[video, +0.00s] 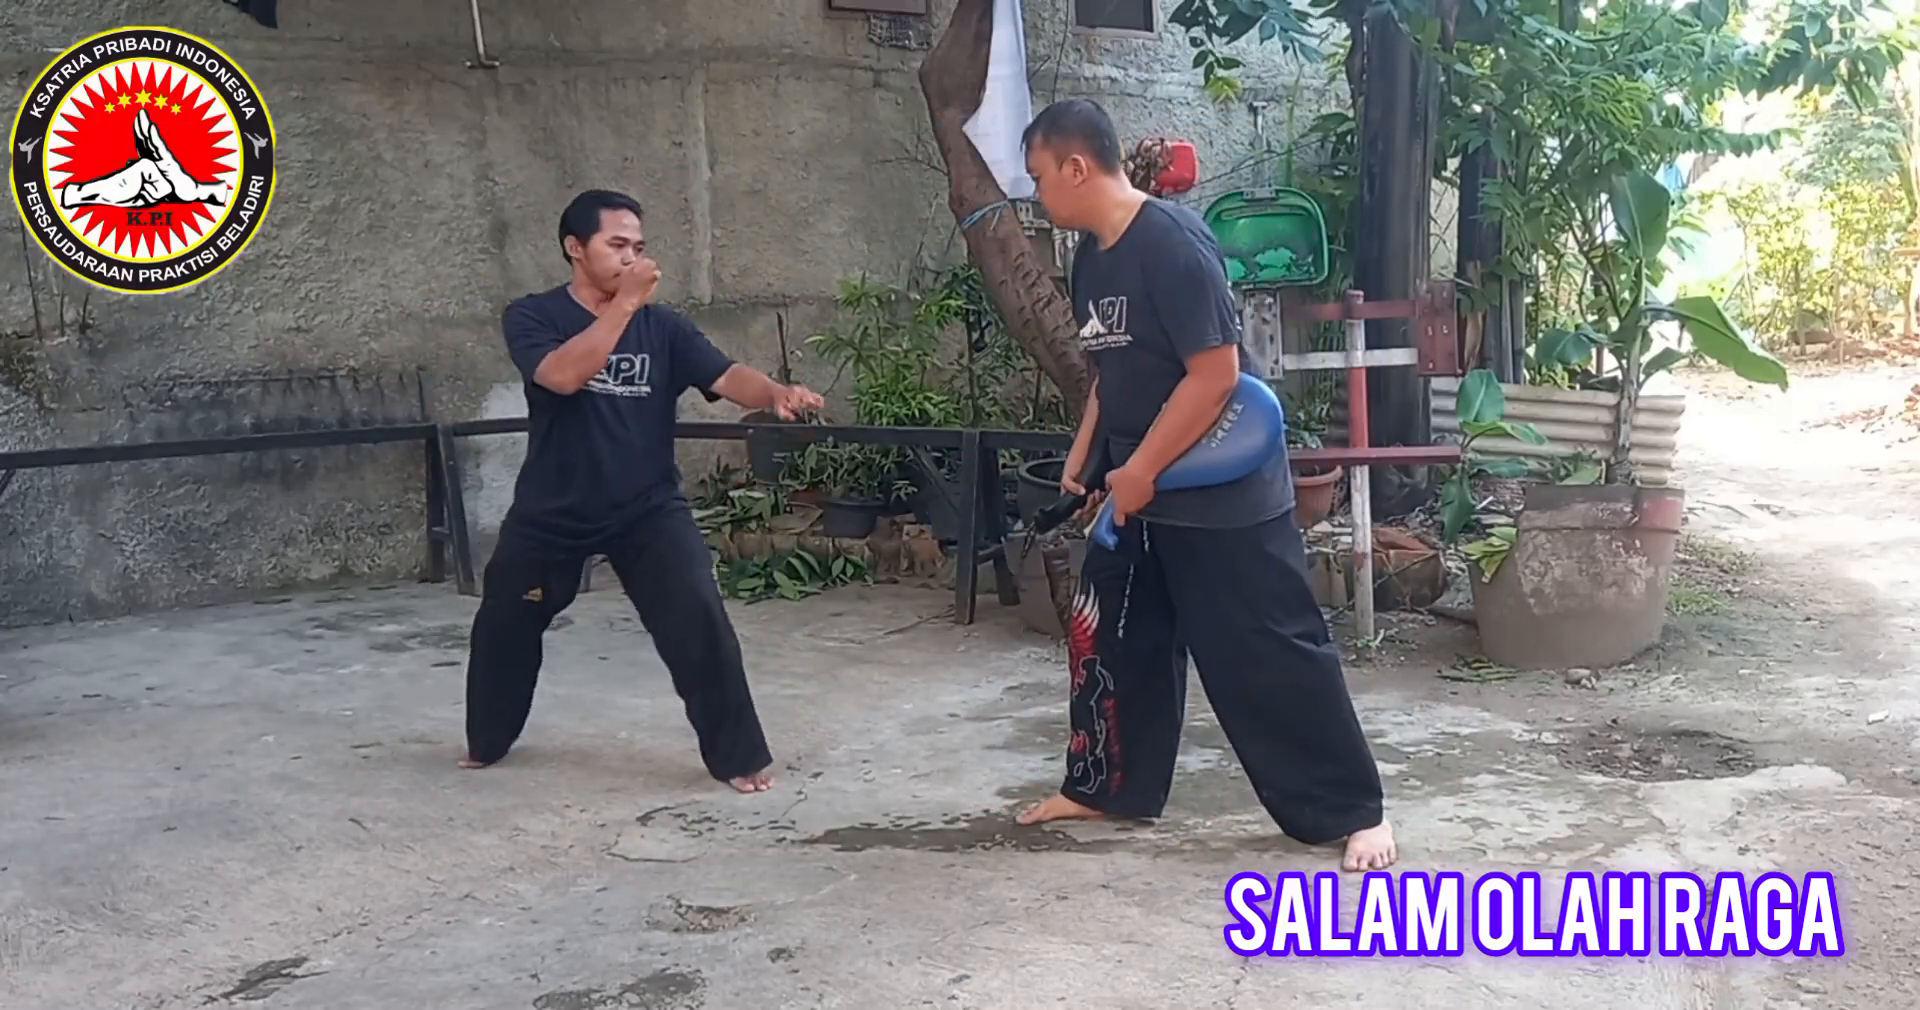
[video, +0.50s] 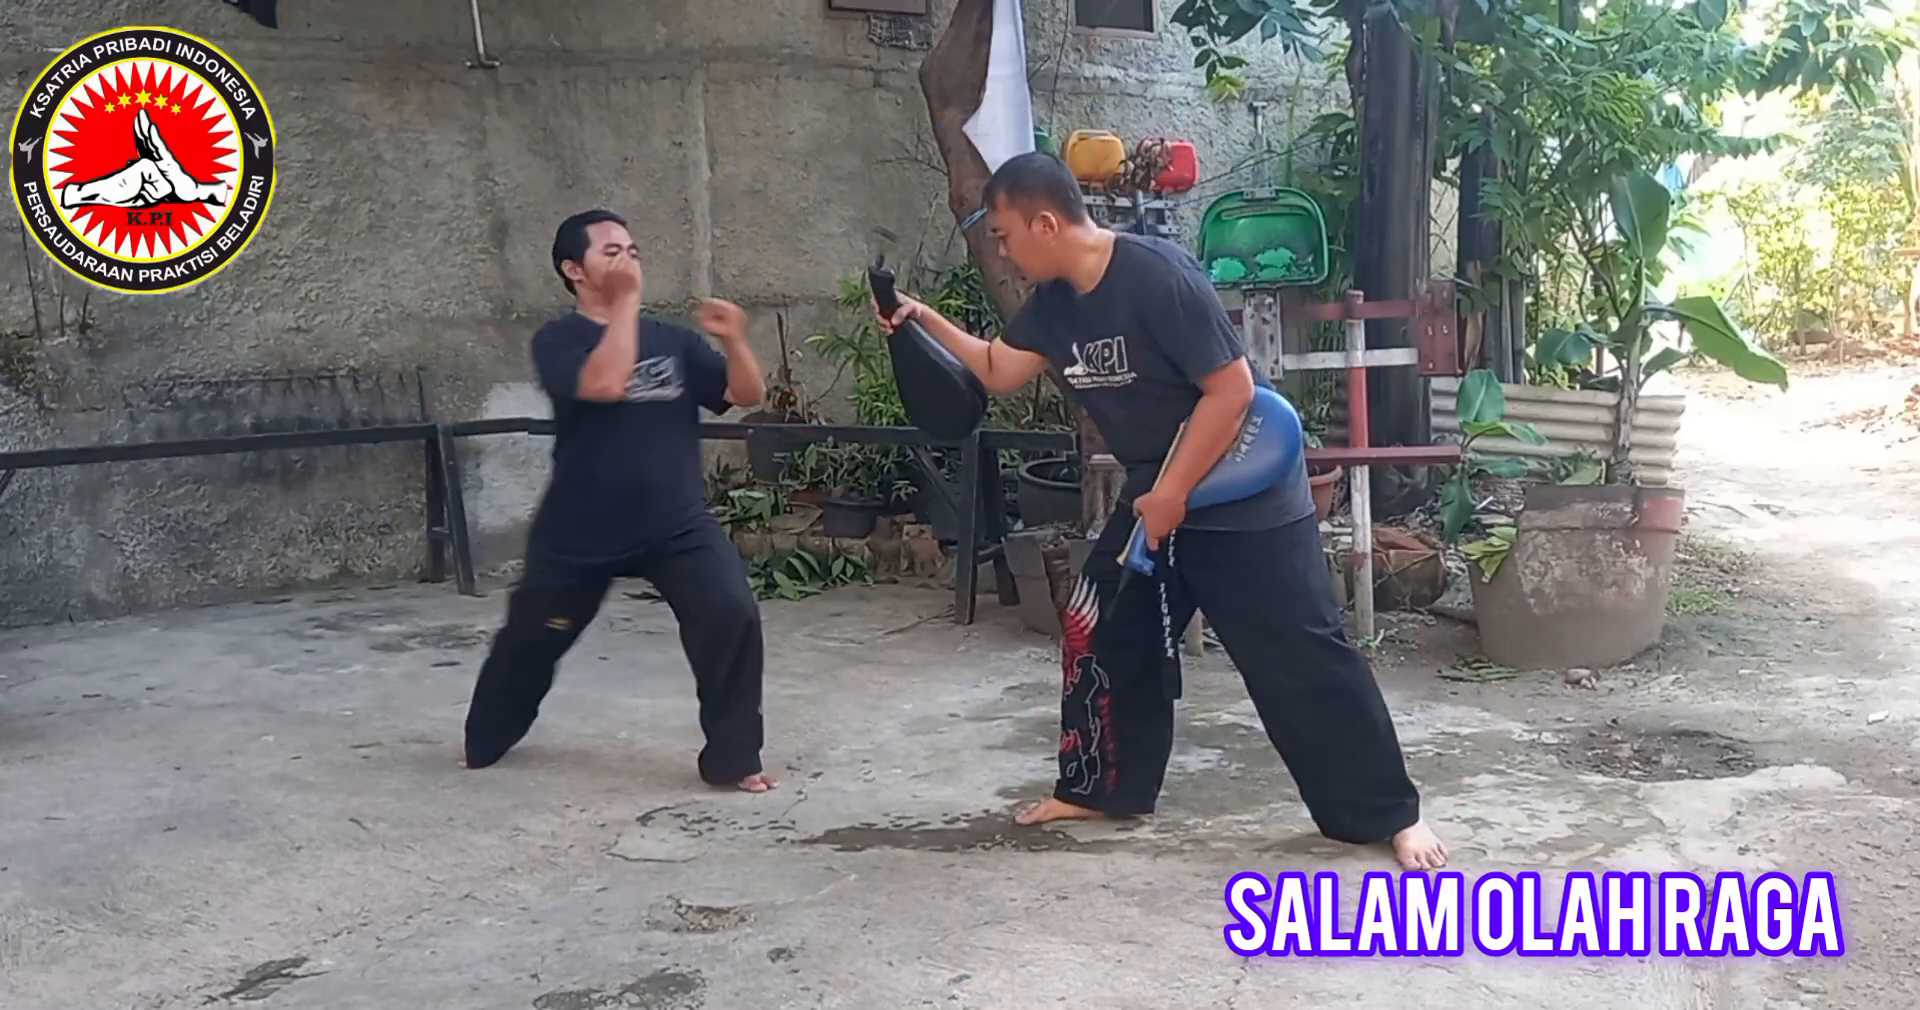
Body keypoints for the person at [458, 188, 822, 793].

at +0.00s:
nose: (633, 256)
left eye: (639, 245)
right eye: (619, 244)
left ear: (644, 252)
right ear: (575, 248)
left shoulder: (661, 325)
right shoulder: (531, 316)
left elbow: (725, 375)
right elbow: (561, 375)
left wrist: (775, 393)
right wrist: (624, 303)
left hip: (648, 507)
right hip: (553, 510)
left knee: (698, 619)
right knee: (502, 625)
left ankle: (738, 755)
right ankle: (486, 738)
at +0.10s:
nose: (610, 275)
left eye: (616, 265)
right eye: (596, 262)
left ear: (622, 270)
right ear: (553, 265)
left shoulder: (644, 342)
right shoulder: (512, 332)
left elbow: (711, 384)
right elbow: (534, 390)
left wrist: (758, 383)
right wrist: (598, 321)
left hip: (632, 521)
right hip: (535, 525)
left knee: (689, 619)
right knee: (484, 638)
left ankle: (732, 756)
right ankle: (493, 739)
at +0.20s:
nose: (593, 277)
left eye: (600, 267)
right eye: (578, 265)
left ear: (608, 273)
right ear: (539, 272)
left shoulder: (635, 346)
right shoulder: (503, 340)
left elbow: (706, 393)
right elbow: (513, 398)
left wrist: (747, 386)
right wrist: (577, 330)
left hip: (625, 523)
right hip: (528, 527)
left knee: (680, 617)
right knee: (475, 636)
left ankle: (730, 758)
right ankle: (492, 739)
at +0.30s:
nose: (595, 266)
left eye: (602, 256)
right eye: (580, 255)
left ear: (611, 262)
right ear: (542, 261)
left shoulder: (638, 337)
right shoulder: (505, 327)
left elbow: (710, 389)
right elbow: (512, 387)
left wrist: (742, 372)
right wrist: (577, 320)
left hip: (625, 514)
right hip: (530, 518)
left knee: (682, 612)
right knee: (481, 630)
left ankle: (729, 755)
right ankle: (493, 740)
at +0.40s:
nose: (613, 266)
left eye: (619, 257)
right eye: (598, 255)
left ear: (627, 263)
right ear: (558, 262)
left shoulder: (651, 338)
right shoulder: (520, 332)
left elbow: (721, 386)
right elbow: (538, 391)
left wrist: (762, 375)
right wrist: (601, 321)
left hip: (646, 516)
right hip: (549, 520)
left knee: (707, 613)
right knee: (492, 636)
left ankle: (728, 759)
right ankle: (491, 747)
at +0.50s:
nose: (630, 257)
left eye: (632, 249)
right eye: (612, 250)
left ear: (640, 261)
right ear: (574, 271)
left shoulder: (675, 341)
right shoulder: (559, 340)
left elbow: (746, 394)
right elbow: (605, 383)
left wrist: (735, 343)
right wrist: (627, 301)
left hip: (677, 523)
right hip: (583, 528)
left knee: (732, 616)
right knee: (530, 639)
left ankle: (731, 759)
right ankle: (484, 742)